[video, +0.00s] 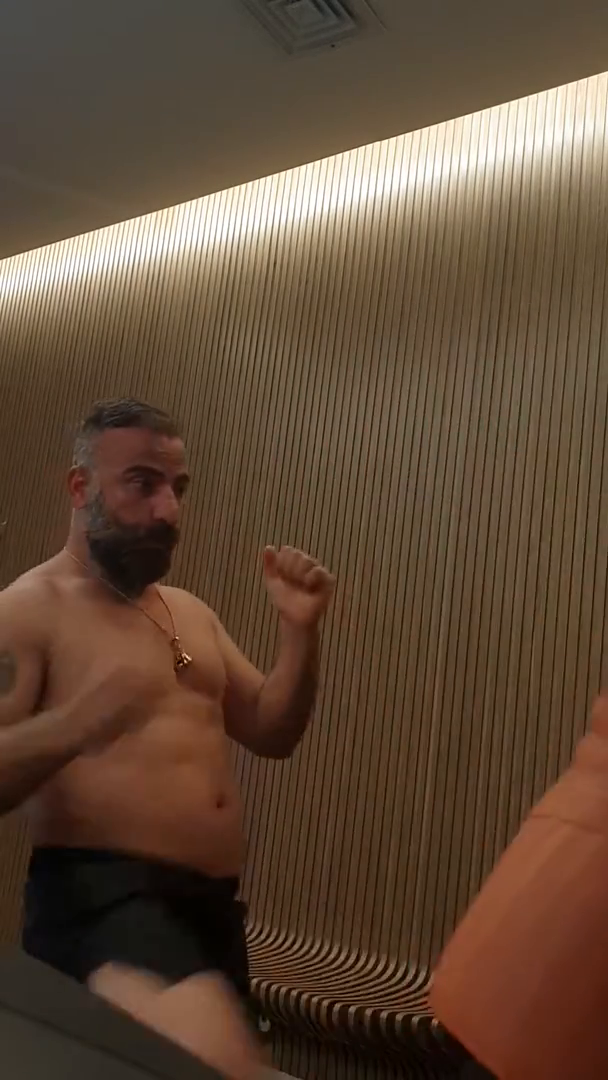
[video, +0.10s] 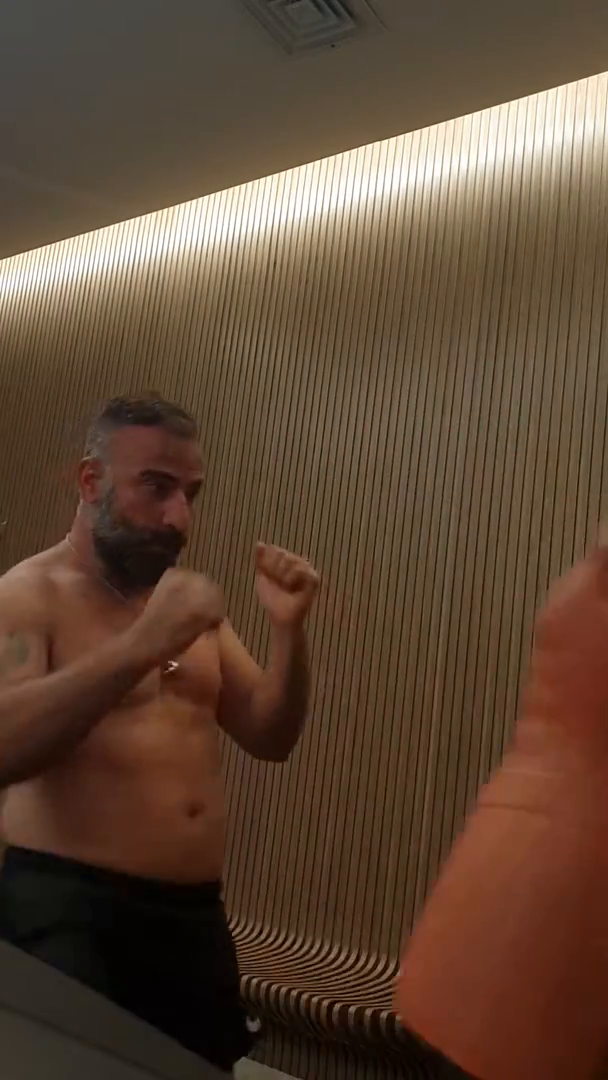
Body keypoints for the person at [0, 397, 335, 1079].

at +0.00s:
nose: (168, 508)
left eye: (177, 487)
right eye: (143, 483)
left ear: (186, 495)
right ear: (78, 488)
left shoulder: (192, 614)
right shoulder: (28, 609)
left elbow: (272, 733)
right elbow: (5, 768)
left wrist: (299, 628)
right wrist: (74, 724)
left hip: (211, 904)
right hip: (102, 895)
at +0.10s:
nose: (179, 513)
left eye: (191, 495)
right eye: (157, 485)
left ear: (201, 501)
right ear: (89, 482)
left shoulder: (192, 612)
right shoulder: (24, 596)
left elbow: (272, 738)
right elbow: (7, 745)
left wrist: (287, 628)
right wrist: (141, 641)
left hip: (193, 916)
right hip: (65, 911)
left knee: (201, 1070)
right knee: (80, 1066)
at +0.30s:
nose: (146, 543)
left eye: (164, 524)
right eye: (129, 518)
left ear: (183, 517)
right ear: (69, 486)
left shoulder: (179, 603)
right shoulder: (9, 576)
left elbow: (264, 711)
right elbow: (10, 726)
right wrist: (143, 586)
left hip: (117, 929)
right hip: (13, 926)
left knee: (136, 1068)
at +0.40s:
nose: (83, 548)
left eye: (107, 532)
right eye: (65, 523)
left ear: (133, 529)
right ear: (15, 490)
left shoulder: (116, 611)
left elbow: (196, 737)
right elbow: (9, 686)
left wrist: (260, 644)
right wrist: (63, 591)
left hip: (42, 929)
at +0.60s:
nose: (6, 519)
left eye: (6, 505)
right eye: (5, 504)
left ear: (13, 495)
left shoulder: (5, 604)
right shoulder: (6, 604)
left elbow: (41, 770)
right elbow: (41, 770)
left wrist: (83, 662)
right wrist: (84, 663)